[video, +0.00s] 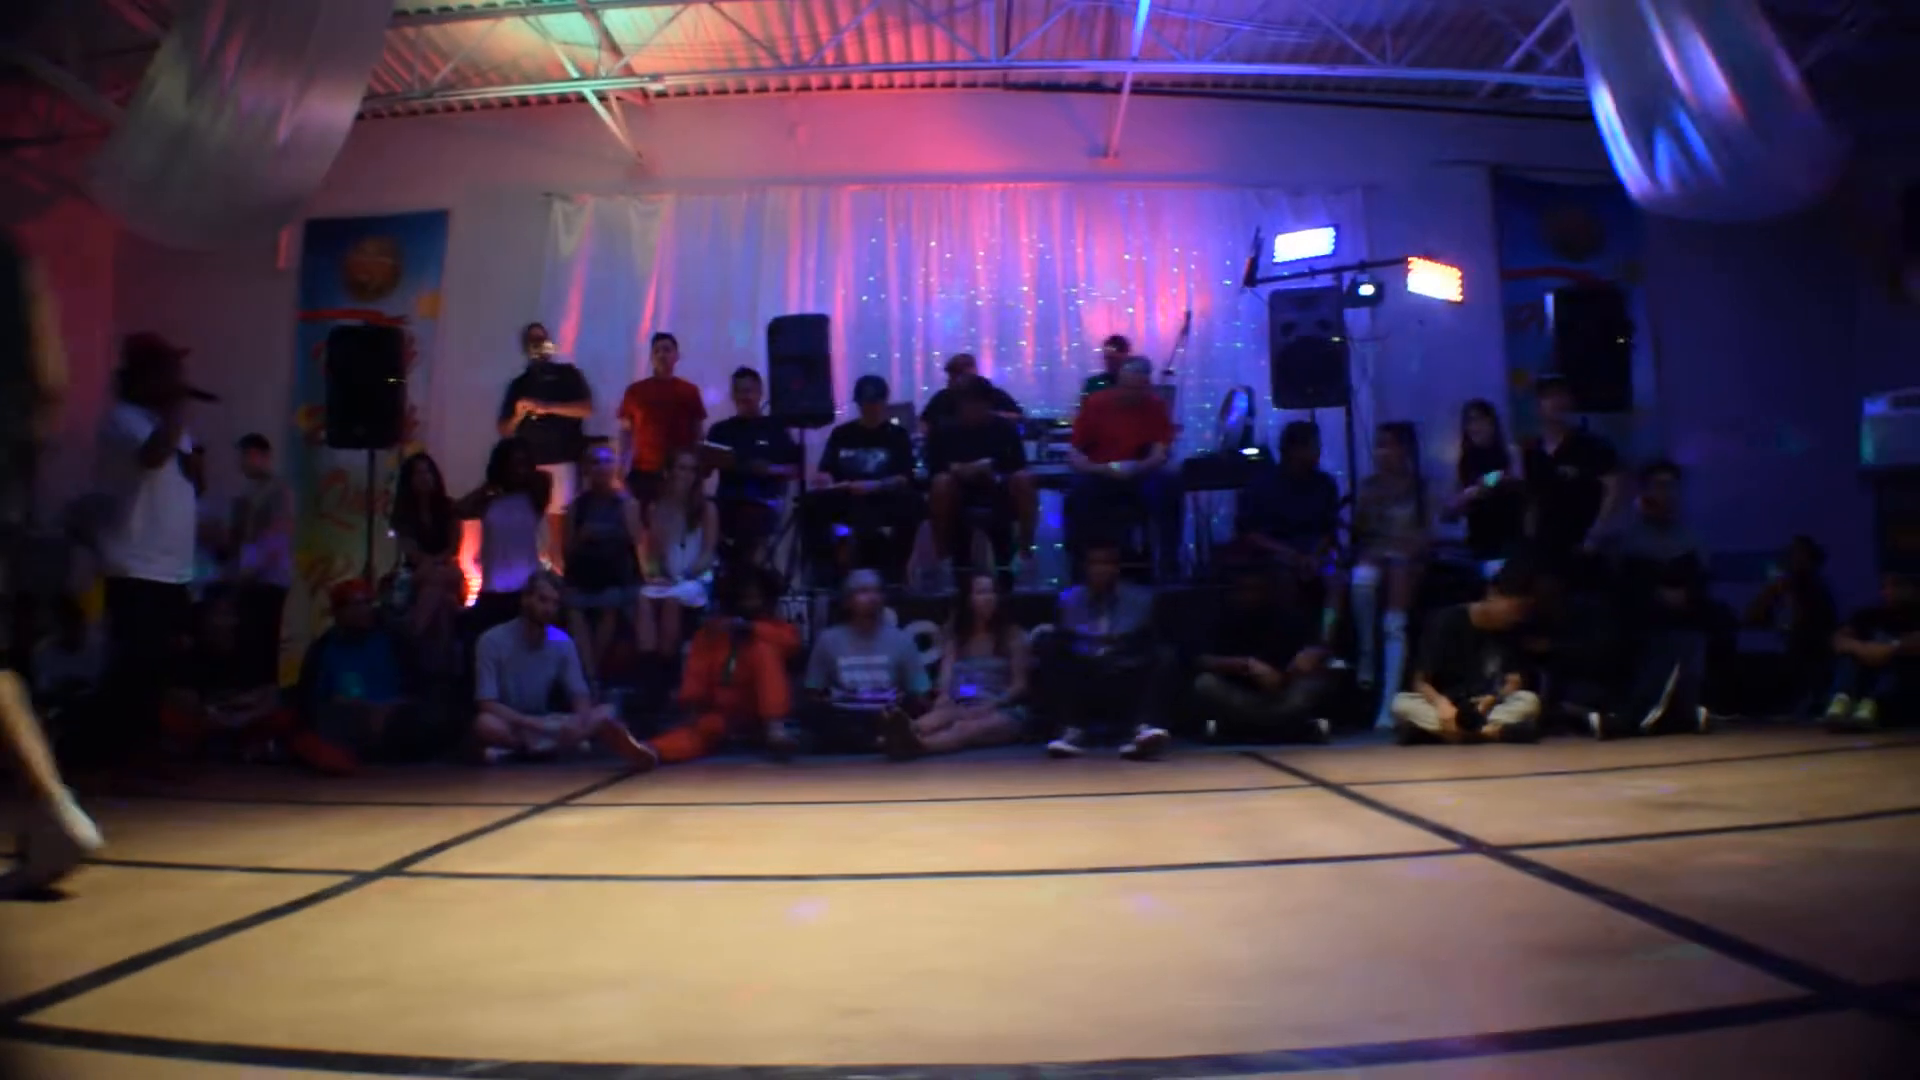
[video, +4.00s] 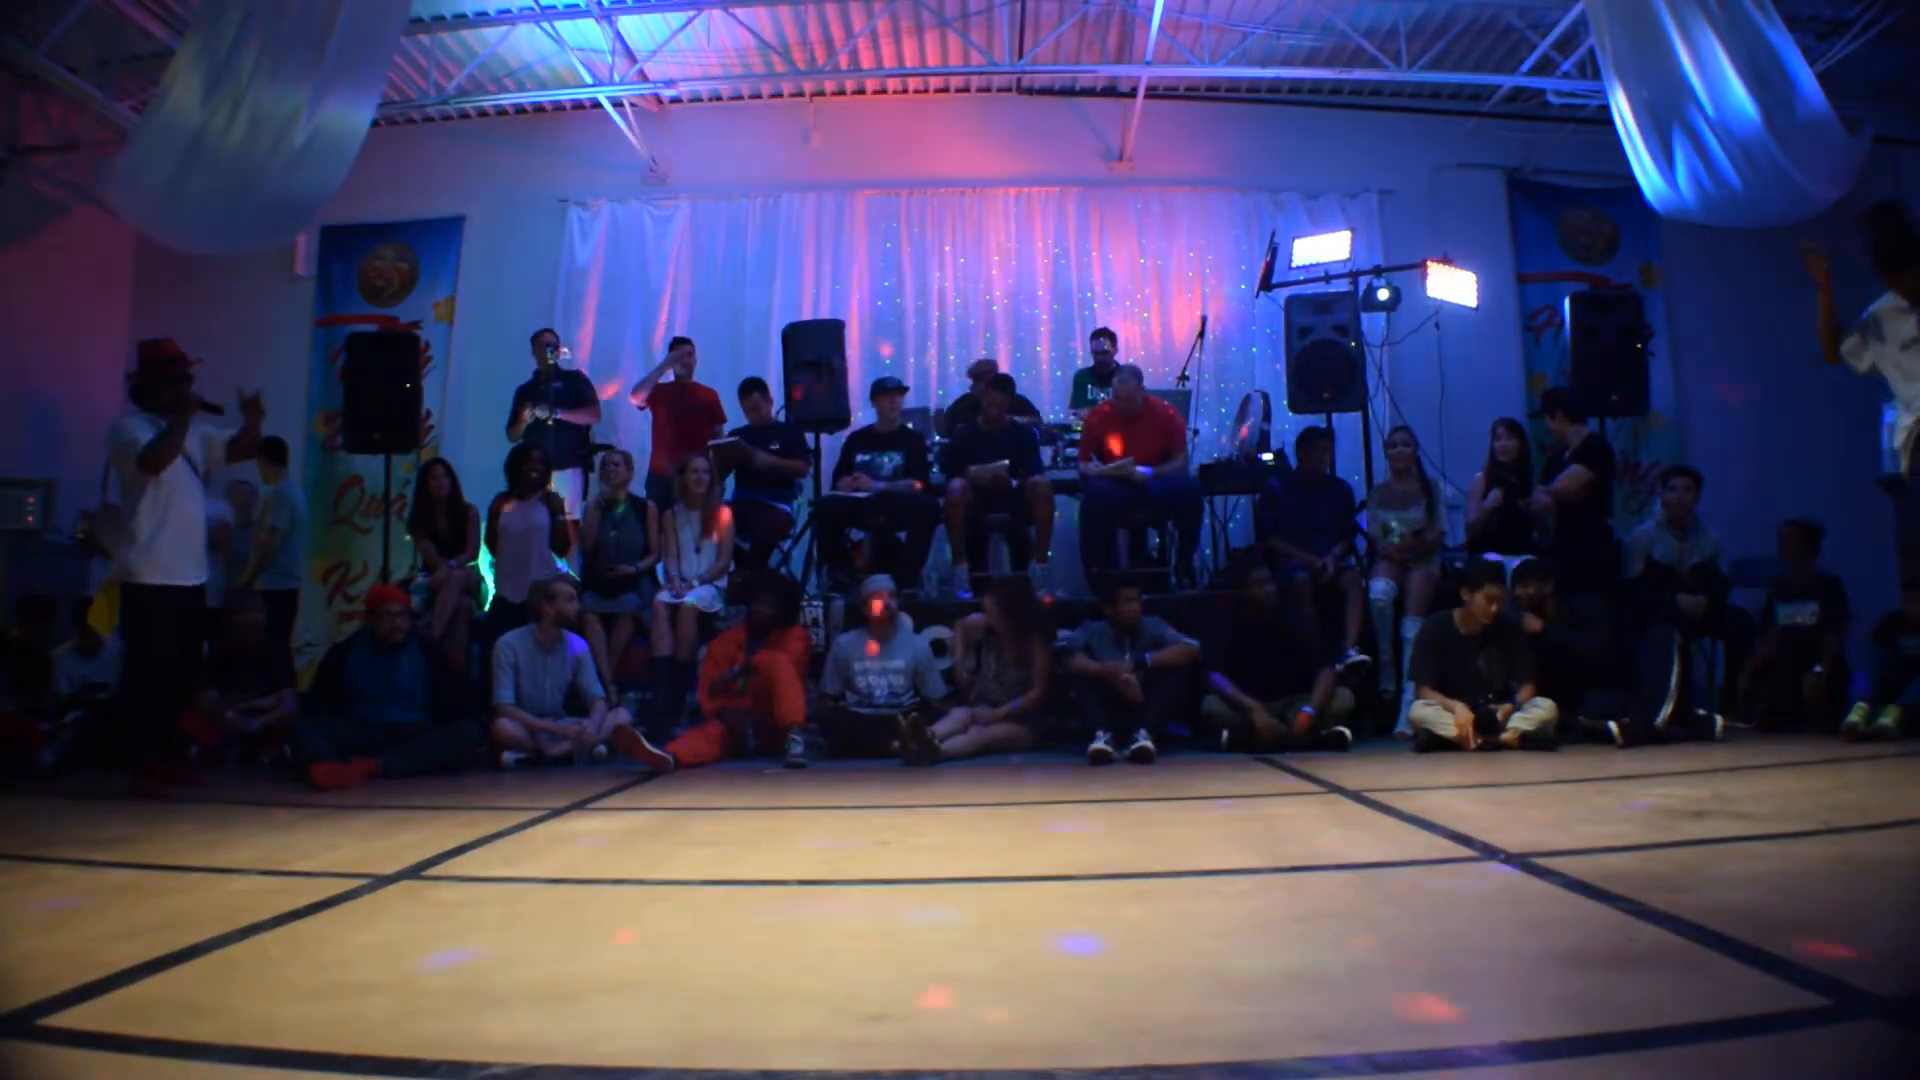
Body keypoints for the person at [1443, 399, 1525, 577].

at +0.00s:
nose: (1477, 430)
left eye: (1482, 423)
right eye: (1472, 424)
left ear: (1493, 425)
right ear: (1465, 428)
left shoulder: (1510, 452)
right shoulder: (1465, 460)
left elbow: (1519, 486)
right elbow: (1452, 504)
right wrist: (1472, 493)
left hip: (1509, 533)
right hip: (1479, 534)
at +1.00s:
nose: (1522, 440)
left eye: (1524, 434)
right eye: (1515, 435)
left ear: (1530, 438)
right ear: (1503, 441)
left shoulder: (1537, 471)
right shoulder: (1495, 472)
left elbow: (1551, 501)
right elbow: (1477, 511)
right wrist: (1497, 485)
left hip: (1532, 543)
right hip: (1504, 544)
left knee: (1552, 579)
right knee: (1524, 594)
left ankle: (1546, 642)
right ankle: (1518, 646)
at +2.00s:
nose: (1500, 448)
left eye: (1502, 442)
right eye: (1492, 443)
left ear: (1507, 447)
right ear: (1478, 449)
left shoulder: (1511, 480)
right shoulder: (1468, 481)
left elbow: (1530, 517)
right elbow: (1466, 522)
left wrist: (1530, 506)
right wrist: (1478, 498)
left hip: (1516, 547)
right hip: (1486, 547)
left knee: (1535, 571)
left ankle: (1529, 632)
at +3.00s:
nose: (1504, 445)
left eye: (1509, 439)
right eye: (1497, 439)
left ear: (1517, 445)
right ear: (1487, 446)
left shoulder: (1527, 482)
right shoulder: (1477, 484)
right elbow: (1473, 527)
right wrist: (1485, 505)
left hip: (1524, 550)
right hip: (1492, 550)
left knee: (1536, 577)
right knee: (1512, 583)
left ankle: (1532, 631)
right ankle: (1509, 633)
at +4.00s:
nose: (1503, 445)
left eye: (1510, 439)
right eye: (1498, 439)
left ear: (1521, 444)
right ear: (1492, 444)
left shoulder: (1531, 479)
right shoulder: (1481, 480)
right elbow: (1472, 523)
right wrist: (1488, 506)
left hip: (1524, 550)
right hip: (1489, 550)